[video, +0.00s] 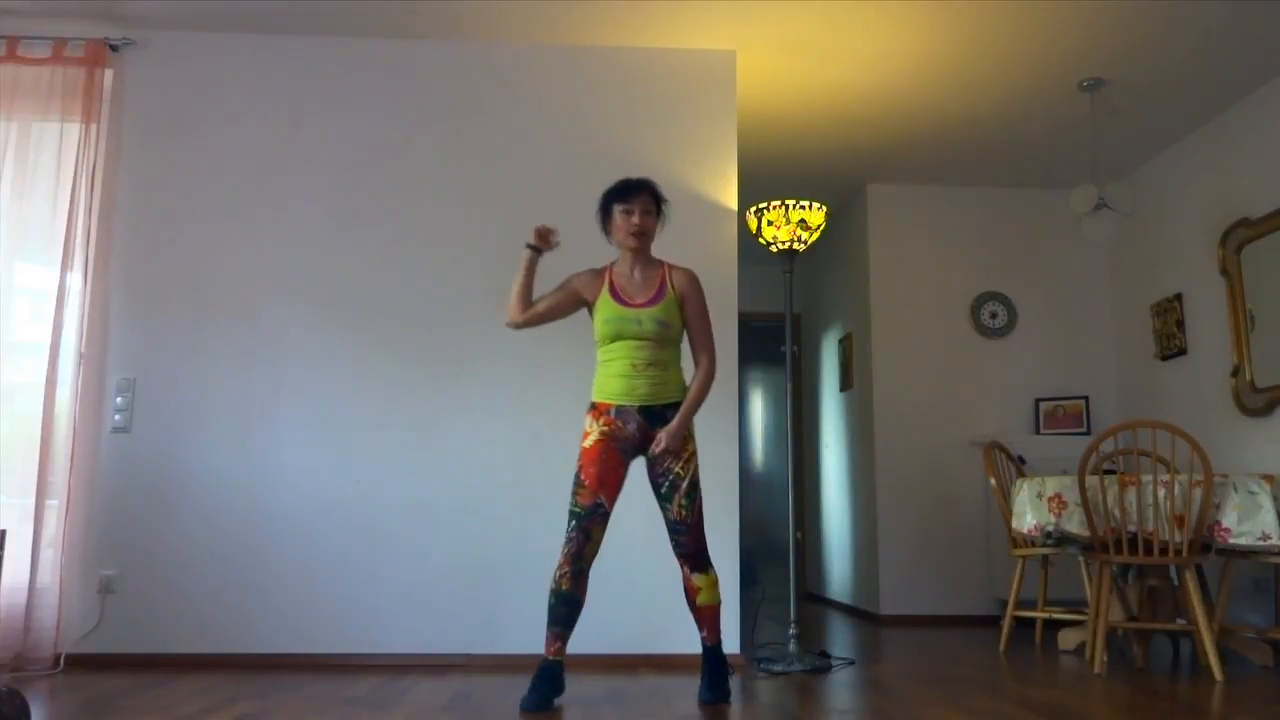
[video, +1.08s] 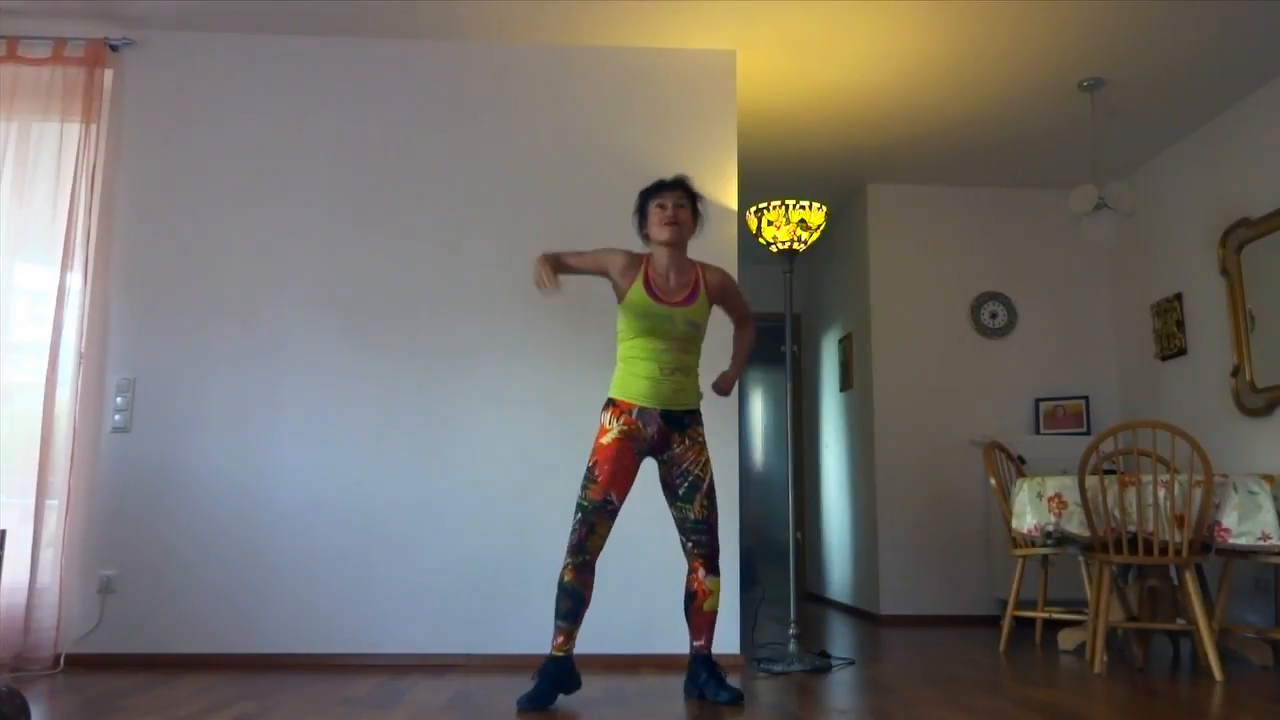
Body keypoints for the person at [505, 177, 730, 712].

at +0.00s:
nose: (639, 221)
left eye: (648, 213)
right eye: (628, 212)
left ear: (659, 223)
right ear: (608, 222)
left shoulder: (681, 282)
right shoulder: (591, 282)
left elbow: (706, 364)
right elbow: (519, 315)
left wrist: (679, 424)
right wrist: (532, 254)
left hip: (668, 420)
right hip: (608, 420)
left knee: (691, 546)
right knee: (579, 542)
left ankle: (713, 660)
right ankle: (550, 667)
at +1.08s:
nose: (670, 212)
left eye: (680, 206)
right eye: (660, 206)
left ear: (695, 221)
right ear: (644, 221)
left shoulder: (713, 279)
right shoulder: (624, 264)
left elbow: (746, 322)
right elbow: (555, 260)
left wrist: (734, 369)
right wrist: (545, 266)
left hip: (684, 424)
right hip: (624, 420)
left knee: (704, 545)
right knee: (584, 539)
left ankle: (702, 666)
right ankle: (559, 661)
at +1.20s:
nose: (676, 233)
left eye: (686, 228)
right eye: (666, 228)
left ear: (700, 247)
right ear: (650, 247)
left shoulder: (717, 309)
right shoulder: (629, 295)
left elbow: (727, 363)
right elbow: (562, 323)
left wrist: (738, 411)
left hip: (688, 445)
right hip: (629, 441)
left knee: (719, 555)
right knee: (583, 551)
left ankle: (703, 668)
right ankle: (554, 664)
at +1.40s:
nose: (631, 228)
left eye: (640, 221)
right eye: (621, 222)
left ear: (656, 234)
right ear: (607, 236)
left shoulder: (679, 295)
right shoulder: (602, 289)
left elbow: (729, 354)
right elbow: (609, 340)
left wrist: (753, 317)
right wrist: (650, 302)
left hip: (686, 427)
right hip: (628, 428)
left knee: (712, 546)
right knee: (578, 541)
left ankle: (704, 666)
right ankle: (535, 660)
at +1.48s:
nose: (610, 220)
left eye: (620, 214)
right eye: (599, 213)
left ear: (634, 224)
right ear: (583, 227)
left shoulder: (657, 278)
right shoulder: (581, 273)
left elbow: (730, 300)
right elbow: (622, 273)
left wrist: (744, 247)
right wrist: (655, 227)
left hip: (673, 409)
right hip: (616, 409)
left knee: (698, 533)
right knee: (576, 530)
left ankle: (707, 653)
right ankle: (520, 652)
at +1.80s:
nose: (559, 236)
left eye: (567, 230)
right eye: (550, 230)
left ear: (583, 244)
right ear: (534, 243)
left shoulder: (596, 300)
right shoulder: (523, 293)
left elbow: (672, 291)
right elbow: (547, 255)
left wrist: (681, 226)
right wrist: (587, 224)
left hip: (588, 434)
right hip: (532, 431)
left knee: (652, 533)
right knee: (526, 552)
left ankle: (645, 656)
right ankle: (513, 671)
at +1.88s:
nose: (546, 244)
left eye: (558, 236)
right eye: (538, 238)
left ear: (579, 247)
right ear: (528, 250)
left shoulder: (593, 305)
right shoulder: (522, 297)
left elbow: (662, 326)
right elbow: (503, 312)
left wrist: (656, 272)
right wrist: (542, 270)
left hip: (577, 441)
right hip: (523, 436)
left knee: (626, 536)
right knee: (520, 555)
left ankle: (586, 663)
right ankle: (512, 672)